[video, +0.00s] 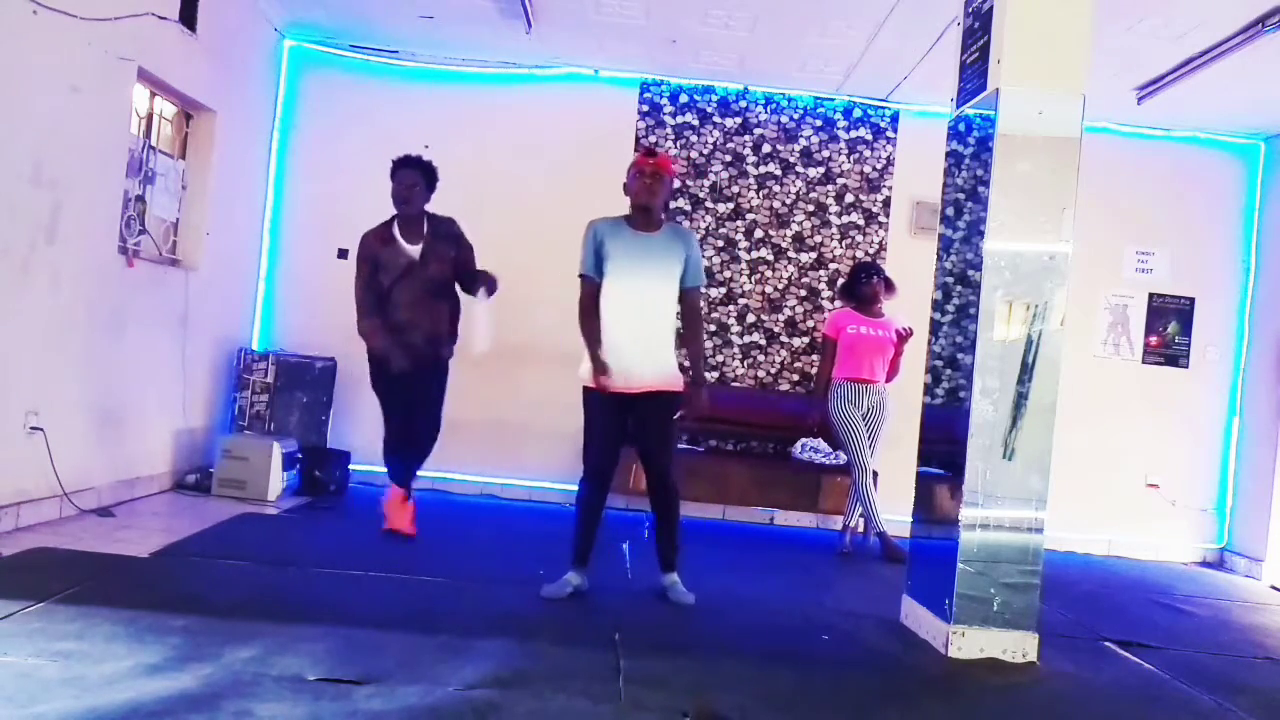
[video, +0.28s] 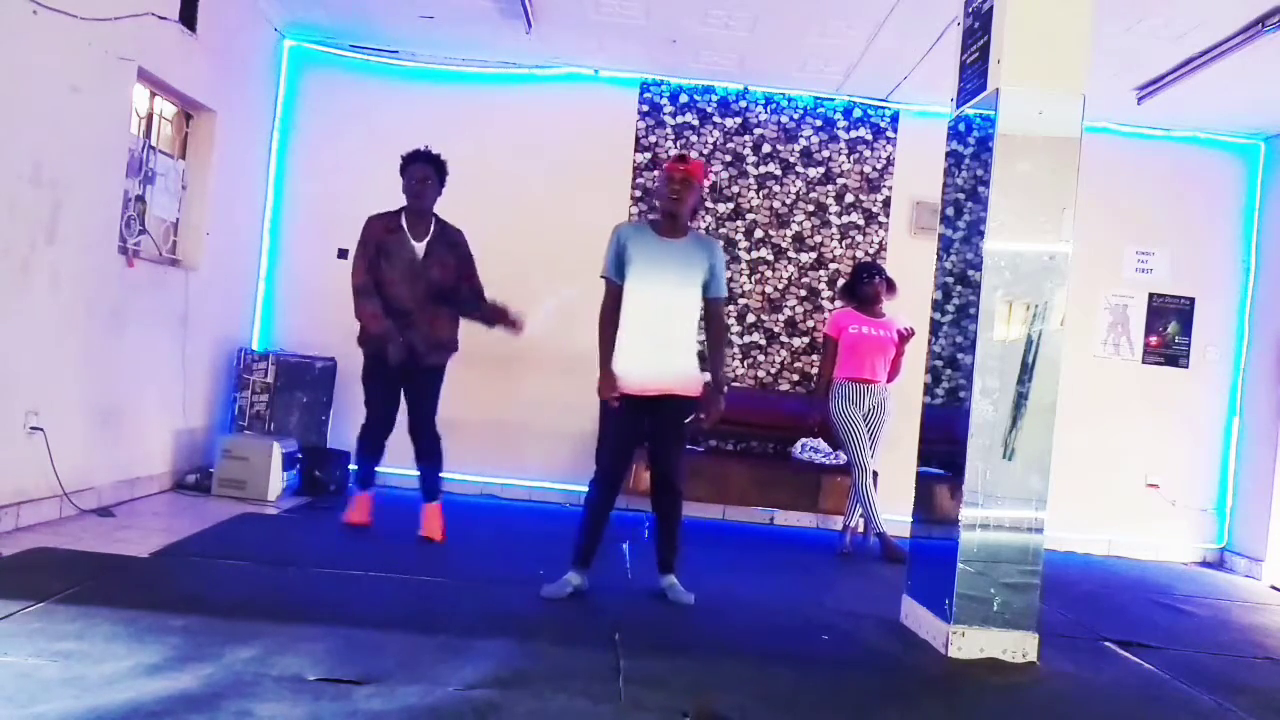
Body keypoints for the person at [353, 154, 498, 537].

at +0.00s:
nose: (403, 193)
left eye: (412, 187)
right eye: (398, 186)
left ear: (428, 191)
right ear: (391, 190)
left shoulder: (449, 232)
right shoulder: (373, 241)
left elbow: (466, 278)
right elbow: (365, 305)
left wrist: (482, 283)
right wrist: (384, 348)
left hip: (433, 352)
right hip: (390, 352)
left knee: (427, 426)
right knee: (398, 423)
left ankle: (397, 491)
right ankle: (403, 499)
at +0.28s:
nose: (417, 188)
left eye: (426, 181)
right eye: (412, 180)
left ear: (440, 189)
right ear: (402, 184)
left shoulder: (452, 239)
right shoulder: (378, 228)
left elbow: (467, 298)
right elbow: (362, 289)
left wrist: (496, 315)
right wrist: (386, 336)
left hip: (430, 353)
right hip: (383, 347)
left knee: (423, 428)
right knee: (379, 422)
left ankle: (432, 505)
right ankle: (362, 493)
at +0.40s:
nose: (414, 192)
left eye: (423, 185)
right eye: (408, 185)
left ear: (438, 192)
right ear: (400, 189)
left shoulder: (452, 246)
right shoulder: (380, 223)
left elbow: (453, 309)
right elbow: (362, 281)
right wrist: (379, 329)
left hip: (419, 354)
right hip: (376, 348)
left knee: (413, 429)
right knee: (371, 426)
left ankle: (412, 502)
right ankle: (342, 499)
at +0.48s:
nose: (411, 195)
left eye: (420, 188)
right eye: (406, 188)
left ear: (436, 193)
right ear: (399, 191)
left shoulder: (451, 246)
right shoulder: (384, 221)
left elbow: (440, 313)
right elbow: (364, 282)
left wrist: (404, 359)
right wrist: (380, 335)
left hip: (420, 354)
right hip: (375, 346)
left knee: (405, 426)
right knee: (367, 422)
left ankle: (391, 495)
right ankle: (361, 501)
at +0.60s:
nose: (406, 196)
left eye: (414, 190)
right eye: (401, 190)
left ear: (433, 194)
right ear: (397, 193)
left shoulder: (451, 246)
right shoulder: (389, 227)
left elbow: (441, 307)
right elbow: (367, 277)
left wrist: (381, 320)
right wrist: (374, 321)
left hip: (419, 353)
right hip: (377, 343)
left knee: (396, 421)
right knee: (351, 412)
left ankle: (388, 499)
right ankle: (372, 488)